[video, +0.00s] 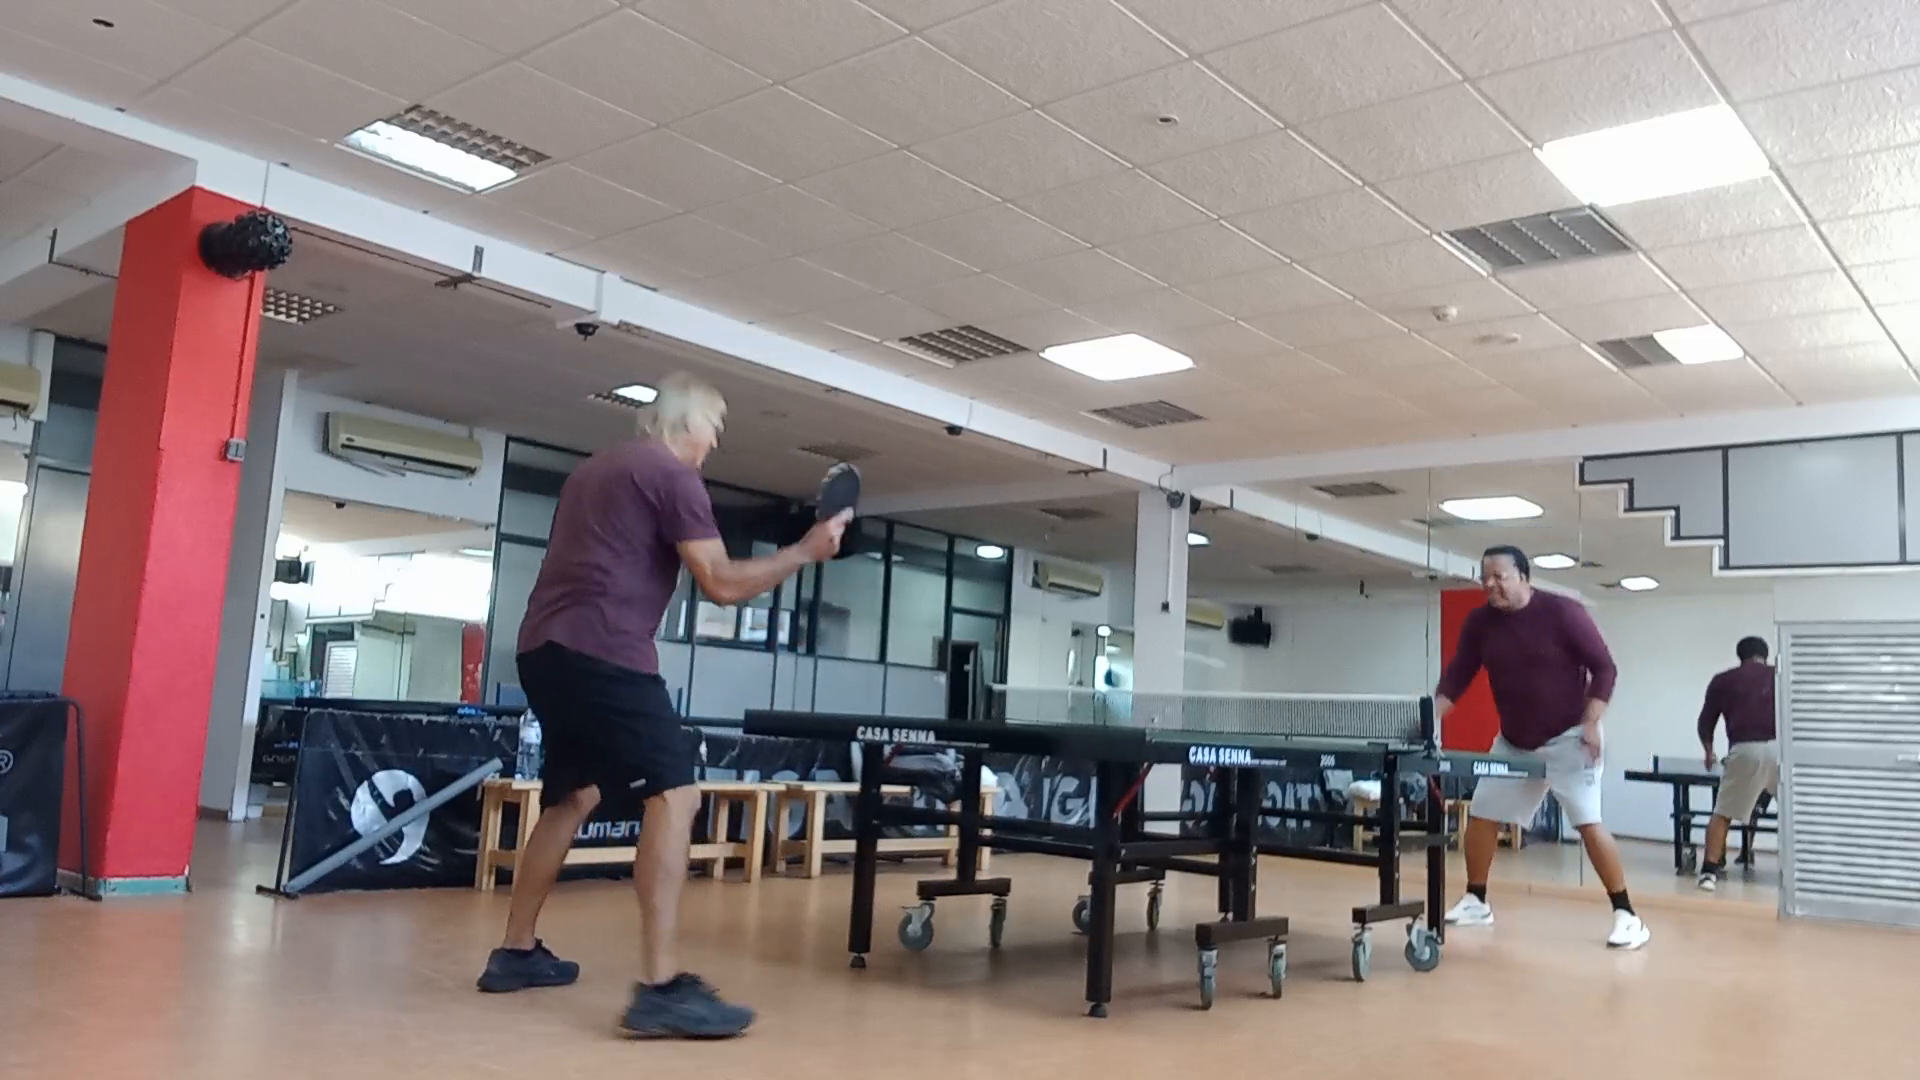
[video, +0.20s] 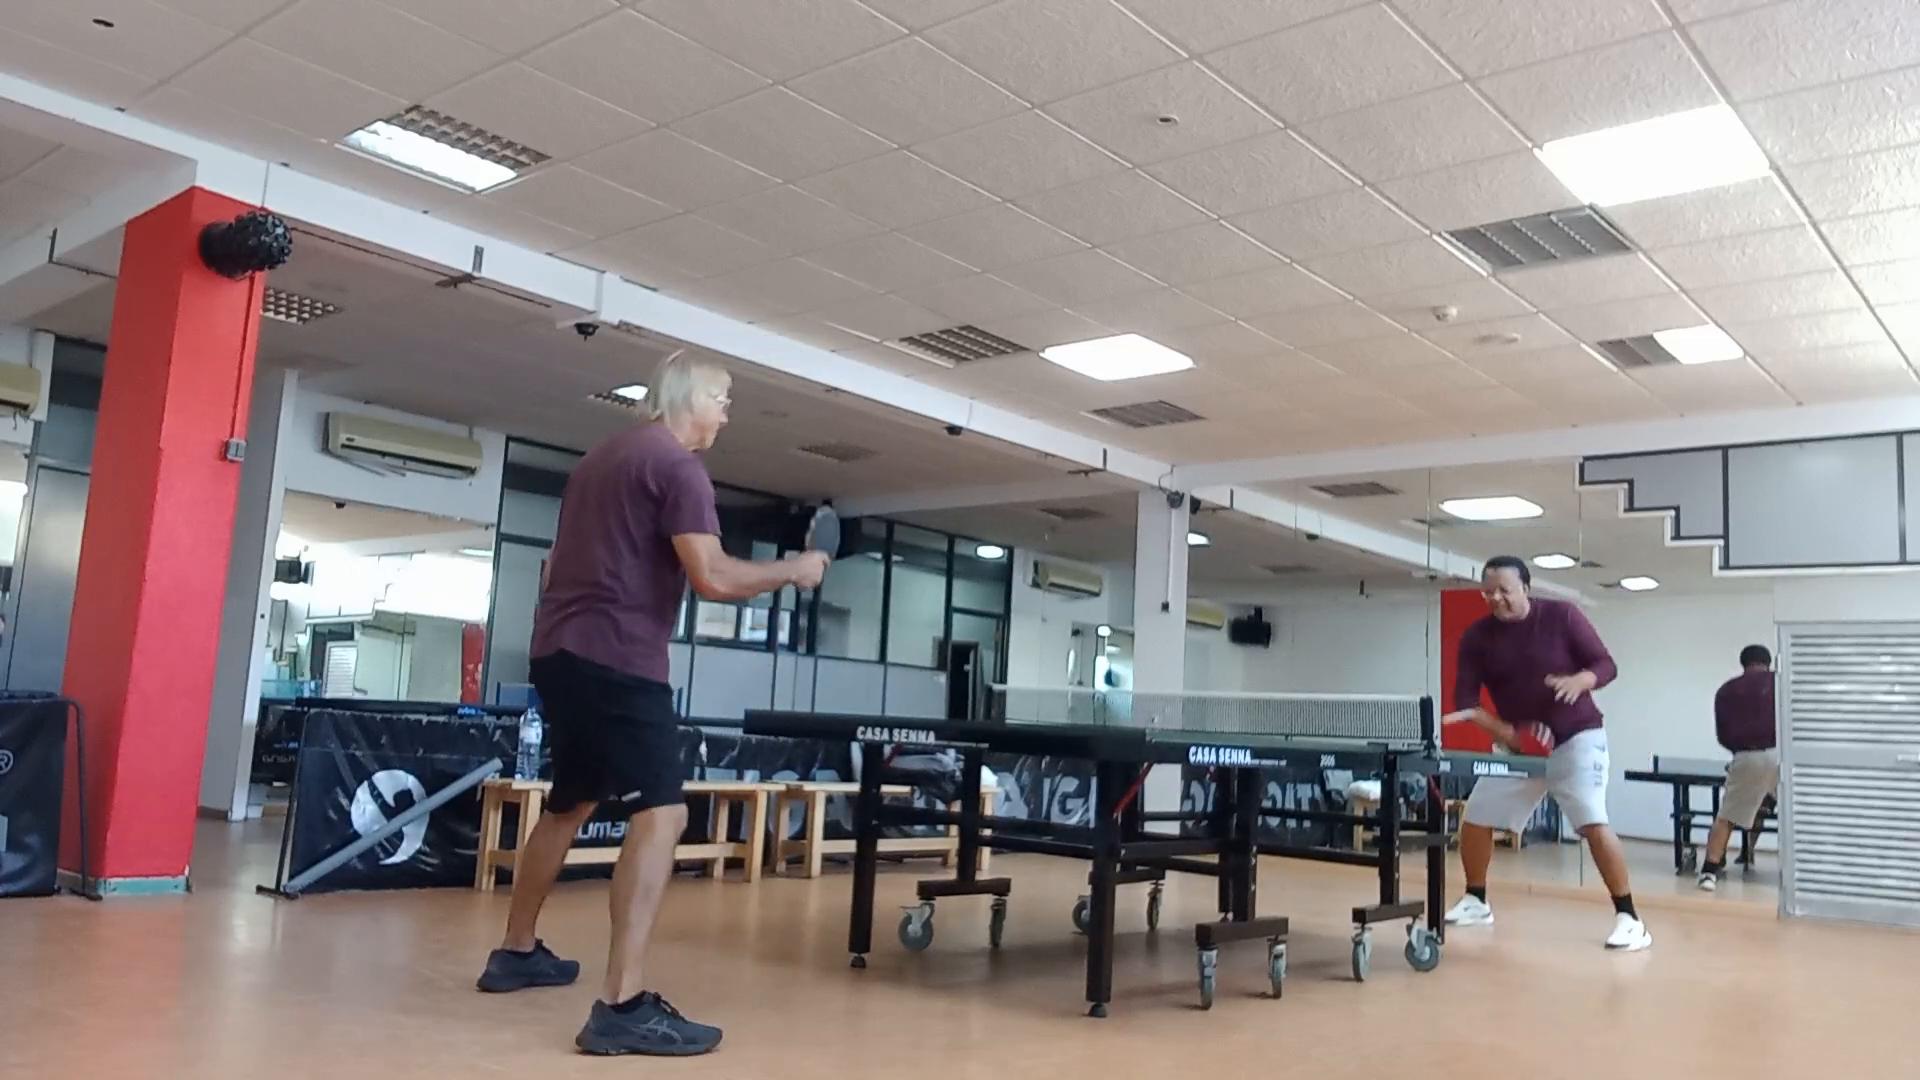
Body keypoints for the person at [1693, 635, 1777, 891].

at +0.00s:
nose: (1763, 662)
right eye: (1764, 658)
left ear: (1739, 657)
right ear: (1766, 657)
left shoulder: (1723, 680)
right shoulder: (1780, 677)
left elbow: (1705, 722)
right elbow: (1797, 710)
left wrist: (1709, 750)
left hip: (1745, 753)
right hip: (1783, 751)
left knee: (1722, 815)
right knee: (1799, 813)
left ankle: (1709, 872)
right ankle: (1804, 873)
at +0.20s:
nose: (1763, 668)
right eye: (1766, 663)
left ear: (1742, 665)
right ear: (1768, 663)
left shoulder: (1727, 690)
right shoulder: (1781, 682)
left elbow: (1723, 736)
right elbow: (1796, 720)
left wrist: (1744, 751)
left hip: (1747, 761)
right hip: (1783, 758)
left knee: (1725, 818)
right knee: (1800, 815)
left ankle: (1709, 872)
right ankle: (1806, 872)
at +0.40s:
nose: (1773, 668)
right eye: (1774, 663)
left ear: (1751, 663)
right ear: (1774, 663)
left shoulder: (1735, 687)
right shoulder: (1781, 681)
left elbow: (1743, 721)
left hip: (1746, 756)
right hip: (1780, 752)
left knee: (1730, 816)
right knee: (1802, 814)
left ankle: (1709, 871)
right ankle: (1807, 871)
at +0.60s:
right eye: (1777, 653)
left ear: (1758, 652)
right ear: (1778, 653)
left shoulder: (1738, 675)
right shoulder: (1784, 675)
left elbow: (1735, 709)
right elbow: (1793, 710)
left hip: (1743, 750)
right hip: (1777, 750)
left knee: (1726, 815)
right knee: (1799, 814)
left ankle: (1704, 871)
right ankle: (1805, 872)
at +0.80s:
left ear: (1757, 649)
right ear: (1779, 649)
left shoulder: (1737, 674)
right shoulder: (1789, 673)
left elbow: (1719, 712)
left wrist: (1724, 737)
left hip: (1744, 750)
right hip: (1780, 750)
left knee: (1725, 816)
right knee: (1798, 811)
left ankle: (1704, 871)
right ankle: (1801, 872)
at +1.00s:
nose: (1771, 656)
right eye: (1774, 651)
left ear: (1755, 651)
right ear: (1777, 650)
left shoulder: (1735, 676)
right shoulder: (1791, 673)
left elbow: (1711, 715)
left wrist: (1715, 744)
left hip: (1748, 751)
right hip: (1785, 751)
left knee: (1725, 814)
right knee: (1800, 811)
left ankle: (1706, 868)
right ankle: (1797, 868)